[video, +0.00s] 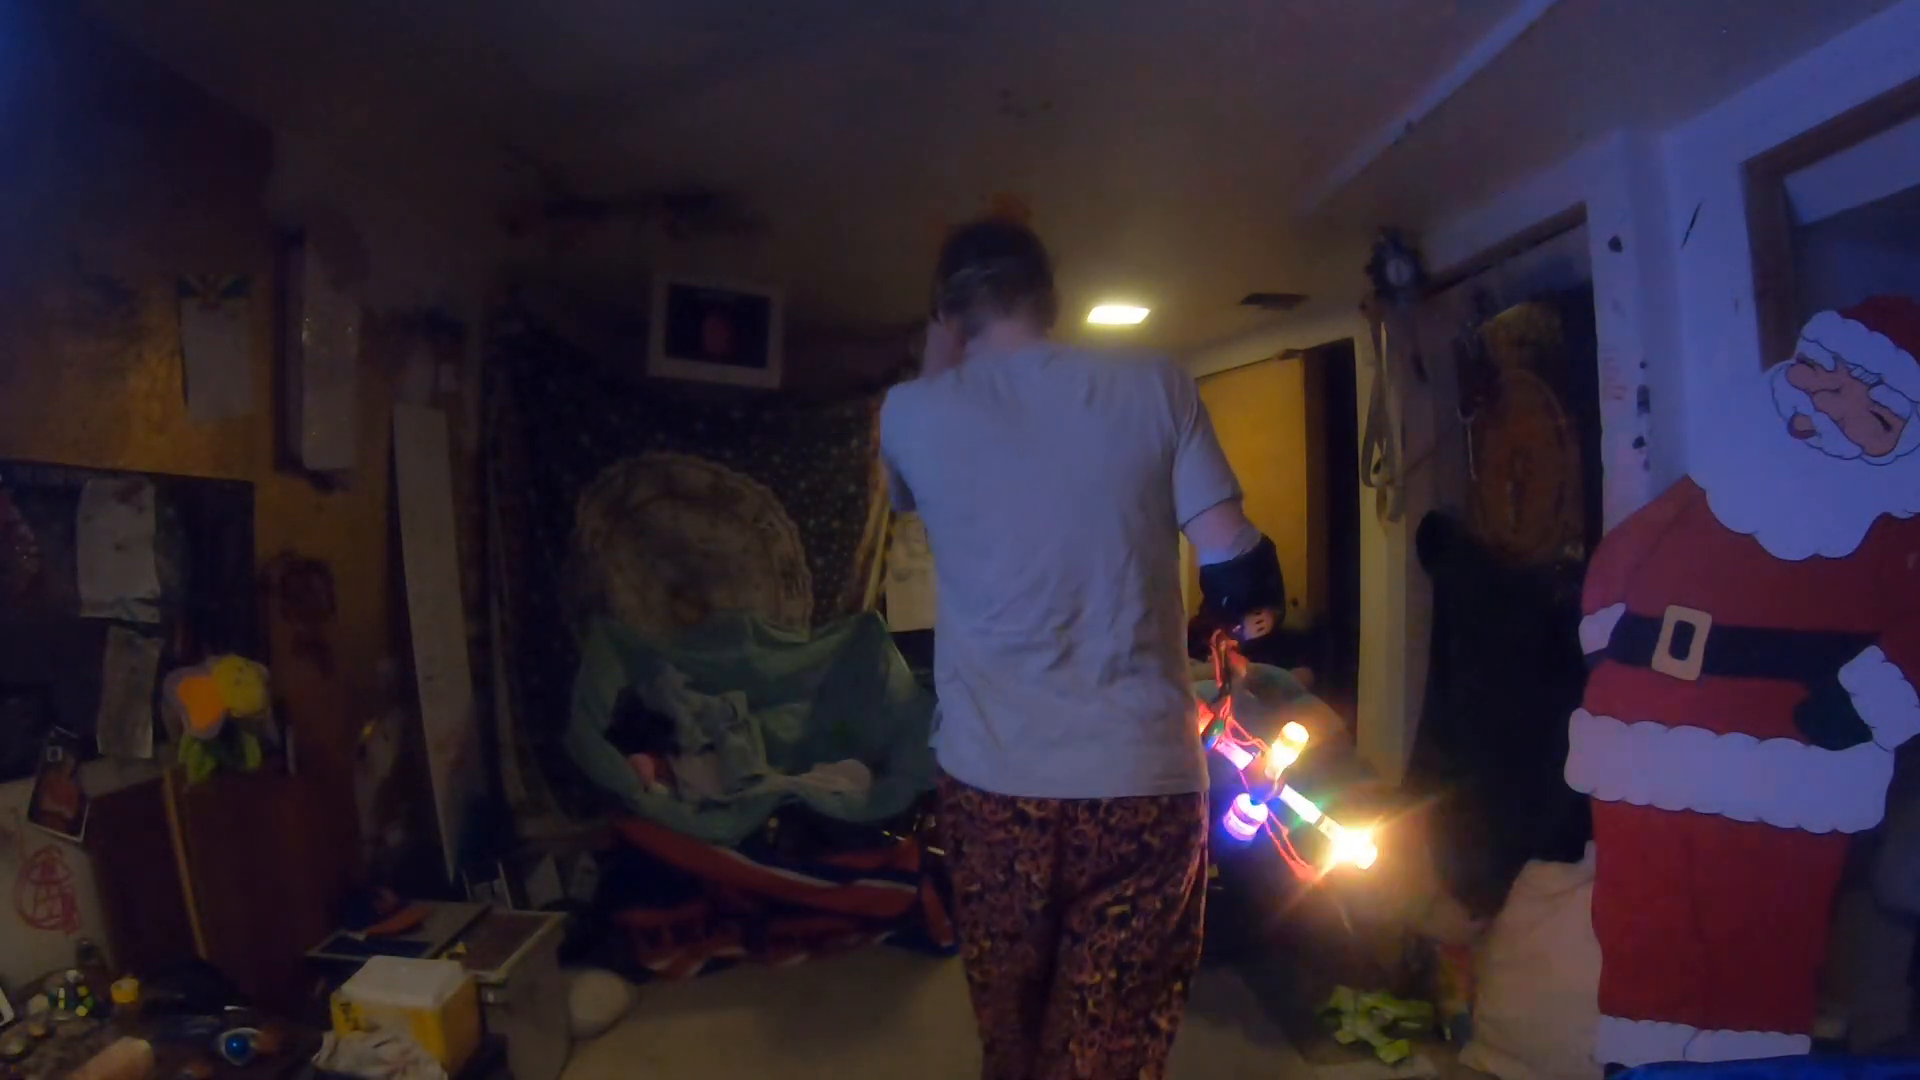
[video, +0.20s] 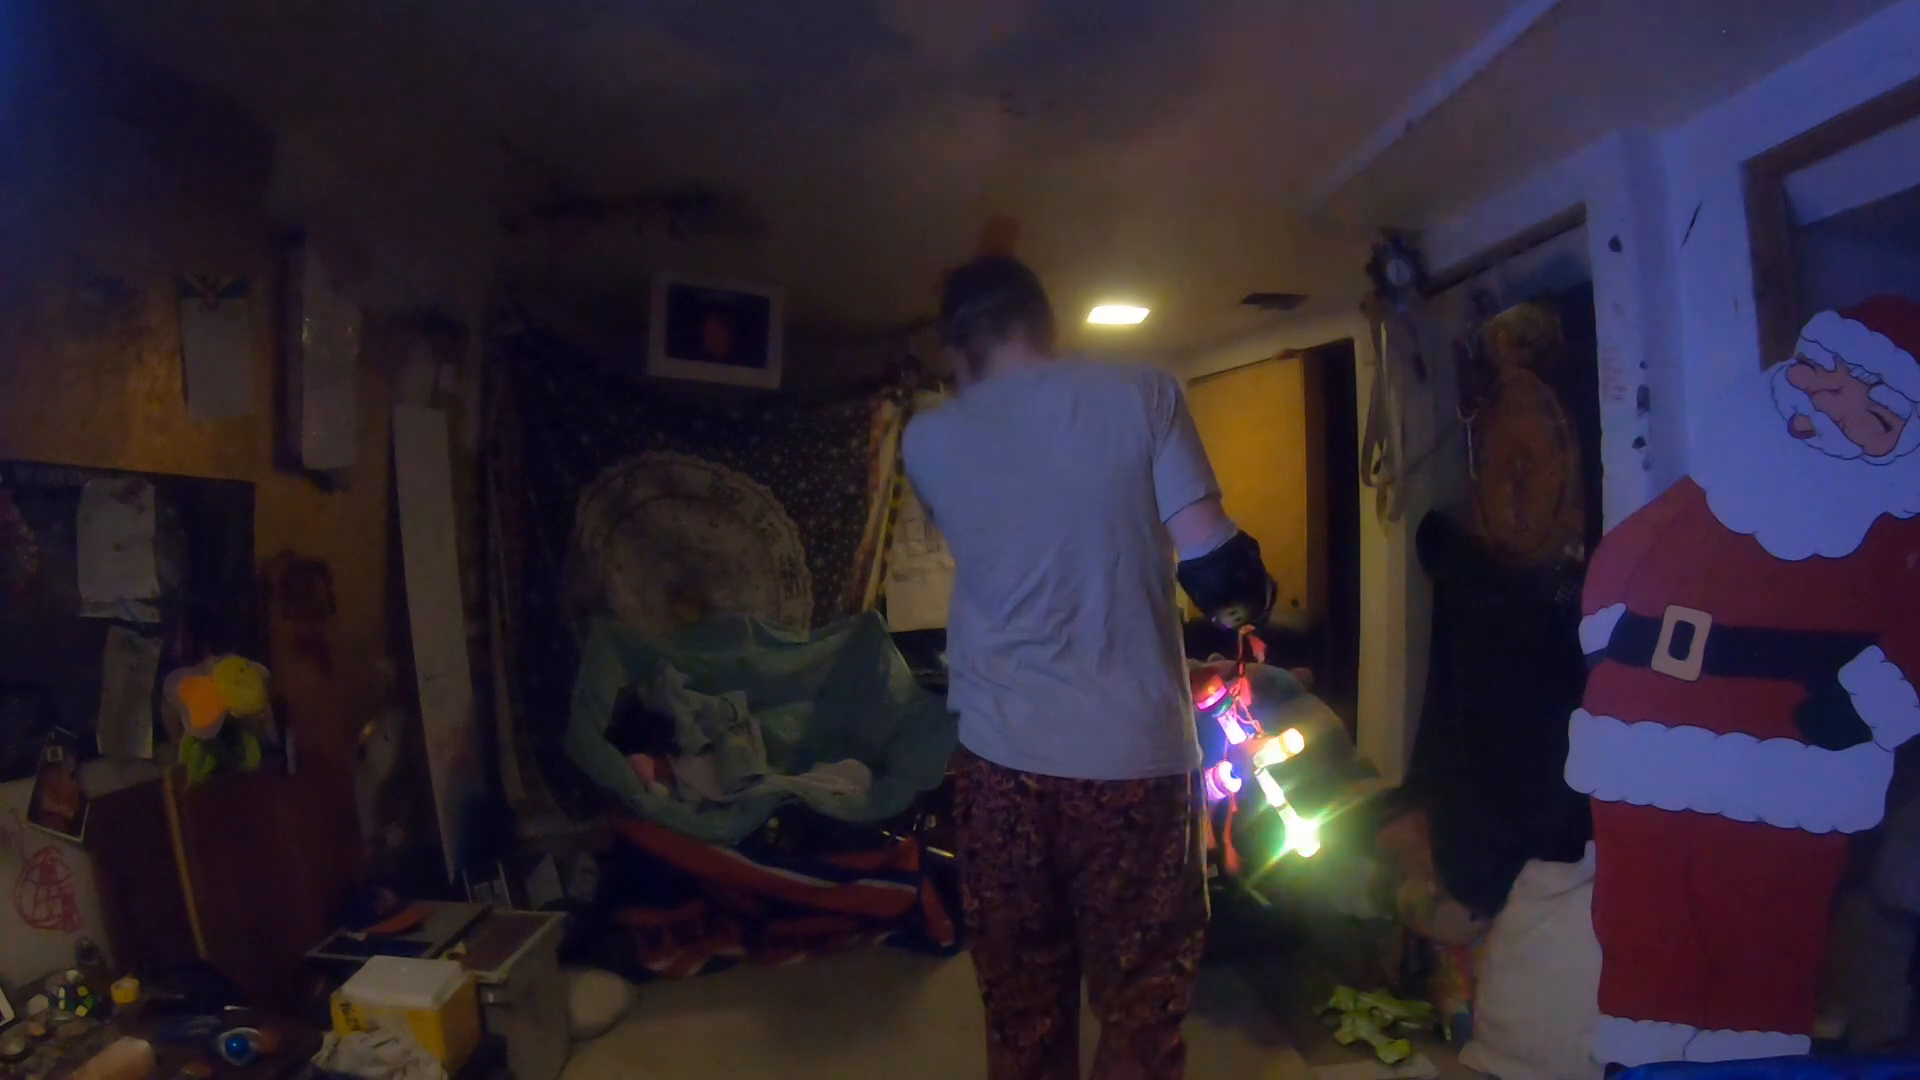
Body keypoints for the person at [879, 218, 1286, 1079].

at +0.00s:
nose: (943, 333)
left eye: (945, 318)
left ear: (951, 317)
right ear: (1052, 302)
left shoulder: (913, 414)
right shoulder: (1153, 386)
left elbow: (907, 491)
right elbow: (1239, 571)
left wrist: (936, 380)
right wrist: (1229, 623)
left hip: (989, 793)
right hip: (1143, 793)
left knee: (1009, 1039)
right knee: (1116, 1044)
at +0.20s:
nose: (954, 380)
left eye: (949, 363)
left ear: (954, 354)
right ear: (1048, 329)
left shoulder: (929, 440)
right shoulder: (1141, 394)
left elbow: (975, 546)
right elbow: (1219, 571)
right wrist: (1244, 598)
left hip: (995, 776)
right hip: (1133, 778)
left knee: (1021, 1020)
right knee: (1142, 1020)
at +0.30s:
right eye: (1058, 334)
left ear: (974, 357)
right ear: (1059, 333)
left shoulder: (945, 444)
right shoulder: (1141, 403)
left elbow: (998, 541)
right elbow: (1208, 577)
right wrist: (1243, 592)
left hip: (998, 763)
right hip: (1130, 764)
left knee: (1024, 991)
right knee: (1164, 962)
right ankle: (1134, 1070)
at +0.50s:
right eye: (1099, 327)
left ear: (1022, 350)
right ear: (1102, 331)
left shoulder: (986, 427)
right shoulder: (1157, 409)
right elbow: (1192, 579)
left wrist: (1050, 273)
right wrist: (1235, 593)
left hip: (1017, 724)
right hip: (1137, 729)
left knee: (1036, 955)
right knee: (1169, 953)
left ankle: (1030, 1071)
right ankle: (1157, 1070)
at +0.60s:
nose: (1127, 354)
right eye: (1125, 341)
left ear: (1047, 364)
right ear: (1123, 349)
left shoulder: (1010, 434)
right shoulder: (1169, 422)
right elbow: (1199, 585)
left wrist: (1078, 288)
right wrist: (1254, 609)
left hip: (1033, 713)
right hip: (1145, 719)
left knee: (1045, 922)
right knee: (1166, 915)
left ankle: (1038, 1065)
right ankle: (1171, 1058)